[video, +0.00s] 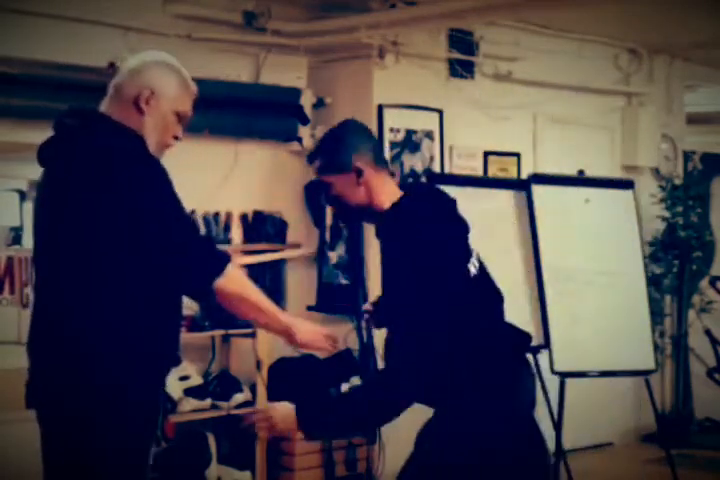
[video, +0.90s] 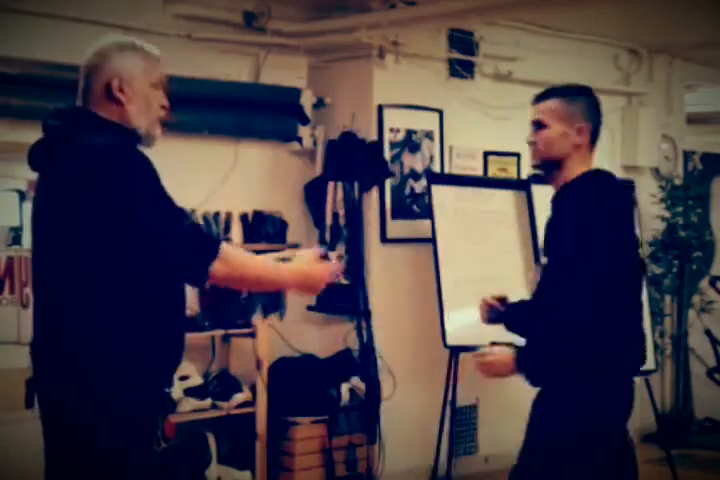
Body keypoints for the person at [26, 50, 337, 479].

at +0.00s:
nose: (180, 136)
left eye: (184, 125)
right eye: (178, 119)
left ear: (141, 100)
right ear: (144, 102)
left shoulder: (69, 157)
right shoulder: (126, 162)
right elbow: (203, 268)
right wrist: (291, 327)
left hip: (65, 382)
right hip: (114, 389)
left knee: (69, 472)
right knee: (116, 472)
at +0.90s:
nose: (166, 102)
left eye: (163, 89)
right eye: (157, 87)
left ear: (119, 92)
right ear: (119, 91)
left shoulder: (71, 156)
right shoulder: (114, 163)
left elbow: (188, 242)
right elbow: (203, 262)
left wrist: (281, 262)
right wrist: (295, 277)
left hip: (75, 386)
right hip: (113, 395)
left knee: (78, 472)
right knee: (120, 471)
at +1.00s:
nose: (167, 108)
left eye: (166, 95)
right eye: (160, 92)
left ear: (120, 91)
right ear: (121, 91)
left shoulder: (65, 158)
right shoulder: (116, 160)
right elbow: (208, 249)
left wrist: (293, 246)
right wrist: (303, 249)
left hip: (71, 382)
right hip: (115, 390)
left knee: (74, 471)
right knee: (118, 471)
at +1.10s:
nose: (167, 109)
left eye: (166, 96)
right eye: (160, 93)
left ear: (121, 91)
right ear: (122, 90)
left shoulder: (66, 157)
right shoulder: (116, 157)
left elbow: (100, 277)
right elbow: (212, 246)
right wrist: (305, 240)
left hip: (71, 377)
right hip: (116, 387)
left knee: (78, 471)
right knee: (122, 470)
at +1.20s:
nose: (168, 107)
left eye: (166, 94)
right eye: (160, 91)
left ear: (119, 90)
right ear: (122, 90)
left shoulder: (67, 156)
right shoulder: (119, 157)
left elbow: (102, 279)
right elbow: (209, 246)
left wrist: (181, 304)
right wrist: (301, 248)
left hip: (73, 374)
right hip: (118, 383)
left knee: (80, 470)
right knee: (124, 469)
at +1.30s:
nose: (168, 108)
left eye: (167, 95)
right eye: (161, 91)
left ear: (118, 91)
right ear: (122, 90)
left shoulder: (67, 158)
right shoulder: (121, 158)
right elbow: (212, 244)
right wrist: (306, 252)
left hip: (75, 373)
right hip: (120, 381)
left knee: (78, 469)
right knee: (125, 469)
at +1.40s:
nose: (169, 108)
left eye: (168, 95)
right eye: (162, 92)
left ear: (121, 91)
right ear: (124, 90)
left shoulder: (68, 156)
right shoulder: (124, 156)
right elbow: (219, 240)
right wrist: (312, 245)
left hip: (78, 372)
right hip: (124, 380)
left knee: (81, 469)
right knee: (128, 469)